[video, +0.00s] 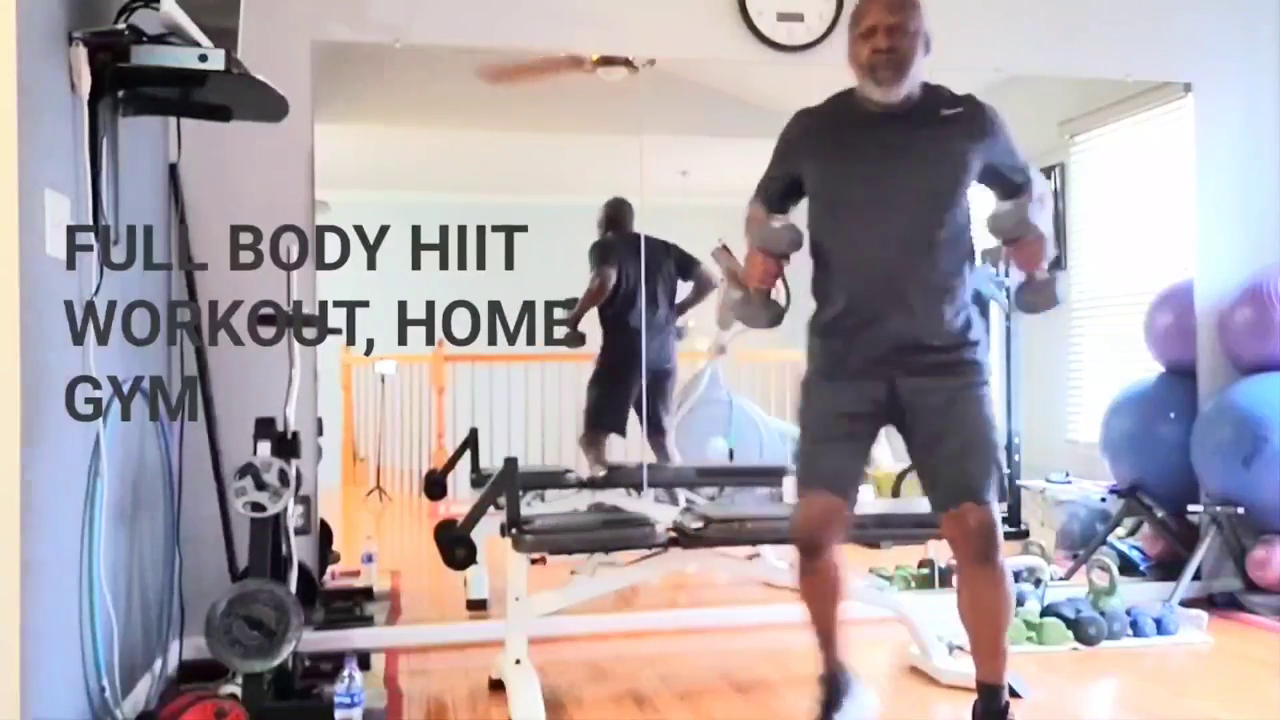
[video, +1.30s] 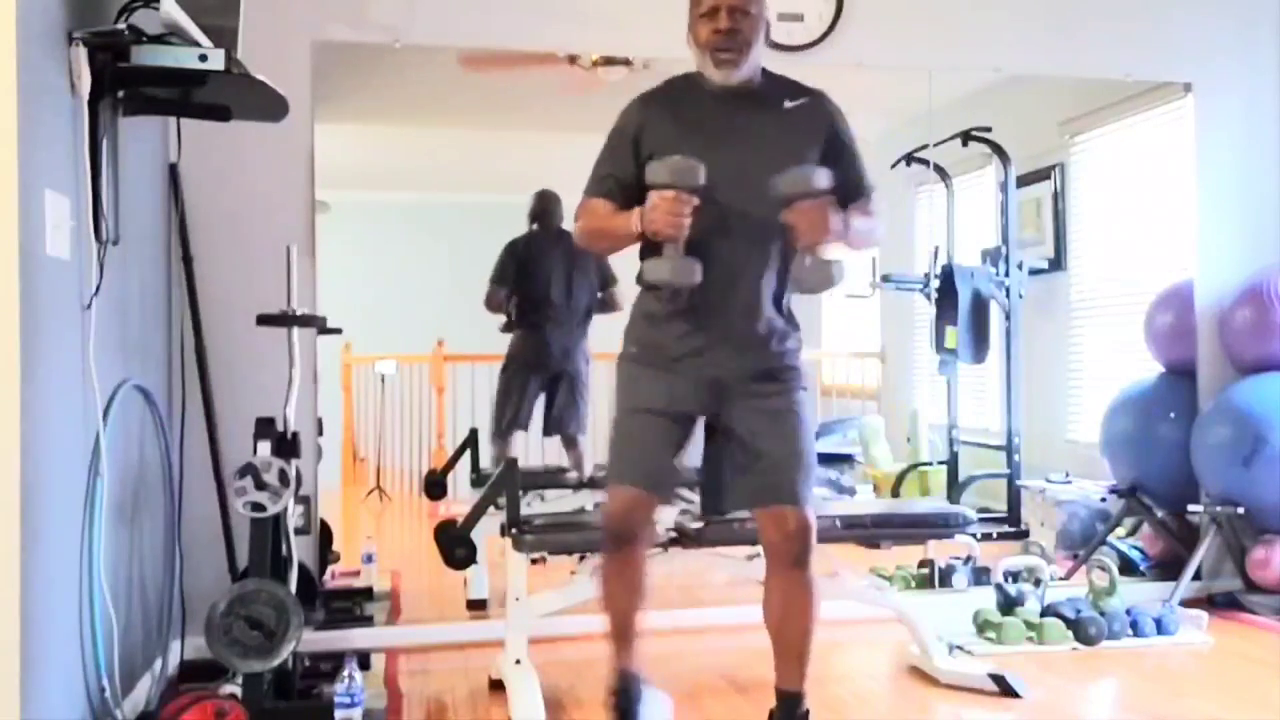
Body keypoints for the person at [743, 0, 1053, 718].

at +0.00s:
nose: (881, 43)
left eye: (896, 30)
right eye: (867, 31)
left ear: (925, 41)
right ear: (848, 44)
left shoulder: (970, 121)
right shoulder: (812, 129)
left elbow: (1024, 190)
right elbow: (763, 210)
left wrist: (1031, 235)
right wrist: (762, 249)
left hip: (946, 357)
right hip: (844, 358)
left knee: (976, 530)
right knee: (814, 530)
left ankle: (992, 700)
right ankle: (835, 677)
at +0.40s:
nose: (902, 63)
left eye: (916, 53)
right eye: (888, 53)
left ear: (941, 66)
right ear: (866, 67)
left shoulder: (986, 145)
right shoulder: (825, 152)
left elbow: (1047, 239)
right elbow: (773, 260)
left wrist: (1008, 259)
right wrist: (826, 271)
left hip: (949, 381)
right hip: (843, 377)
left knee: (1013, 540)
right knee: (776, 535)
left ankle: (992, 708)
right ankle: (723, 685)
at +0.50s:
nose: (887, 118)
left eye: (902, 107)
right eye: (873, 106)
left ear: (926, 118)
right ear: (852, 119)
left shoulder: (966, 201)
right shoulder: (812, 204)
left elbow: (1015, 310)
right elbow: (769, 320)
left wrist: (977, 313)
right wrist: (841, 318)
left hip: (935, 417)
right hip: (829, 415)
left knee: (1028, 554)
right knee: (744, 557)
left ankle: (994, 708)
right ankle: (682, 707)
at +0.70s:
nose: (823, 159)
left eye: (837, 147)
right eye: (810, 147)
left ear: (862, 154)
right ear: (789, 153)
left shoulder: (907, 233)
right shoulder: (750, 242)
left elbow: (965, 329)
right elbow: (691, 350)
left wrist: (941, 342)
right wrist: (752, 355)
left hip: (884, 439)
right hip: (775, 441)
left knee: (996, 558)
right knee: (707, 568)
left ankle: (989, 709)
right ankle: (679, 708)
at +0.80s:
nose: (787, 105)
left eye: (801, 93)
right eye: (774, 94)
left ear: (827, 101)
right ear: (755, 105)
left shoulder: (878, 187)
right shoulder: (717, 198)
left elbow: (923, 303)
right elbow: (652, 288)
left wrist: (926, 285)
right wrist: (692, 317)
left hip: (851, 398)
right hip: (748, 399)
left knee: (937, 545)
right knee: (699, 552)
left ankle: (968, 694)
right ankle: (678, 706)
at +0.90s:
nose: (763, 56)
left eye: (778, 43)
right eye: (749, 45)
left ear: (807, 53)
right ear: (731, 58)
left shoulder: (857, 134)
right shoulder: (698, 145)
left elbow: (910, 220)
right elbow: (622, 223)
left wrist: (925, 267)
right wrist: (642, 273)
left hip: (828, 363)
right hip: (727, 365)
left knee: (894, 527)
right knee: (693, 539)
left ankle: (874, 681)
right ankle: (677, 701)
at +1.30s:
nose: (725, 24)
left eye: (739, 10)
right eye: (710, 11)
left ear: (764, 19)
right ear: (690, 22)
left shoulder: (812, 114)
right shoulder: (649, 113)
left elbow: (869, 224)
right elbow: (587, 227)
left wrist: (835, 225)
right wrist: (641, 219)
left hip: (765, 354)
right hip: (663, 351)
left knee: (790, 532)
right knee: (621, 519)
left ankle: (790, 706)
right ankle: (625, 683)